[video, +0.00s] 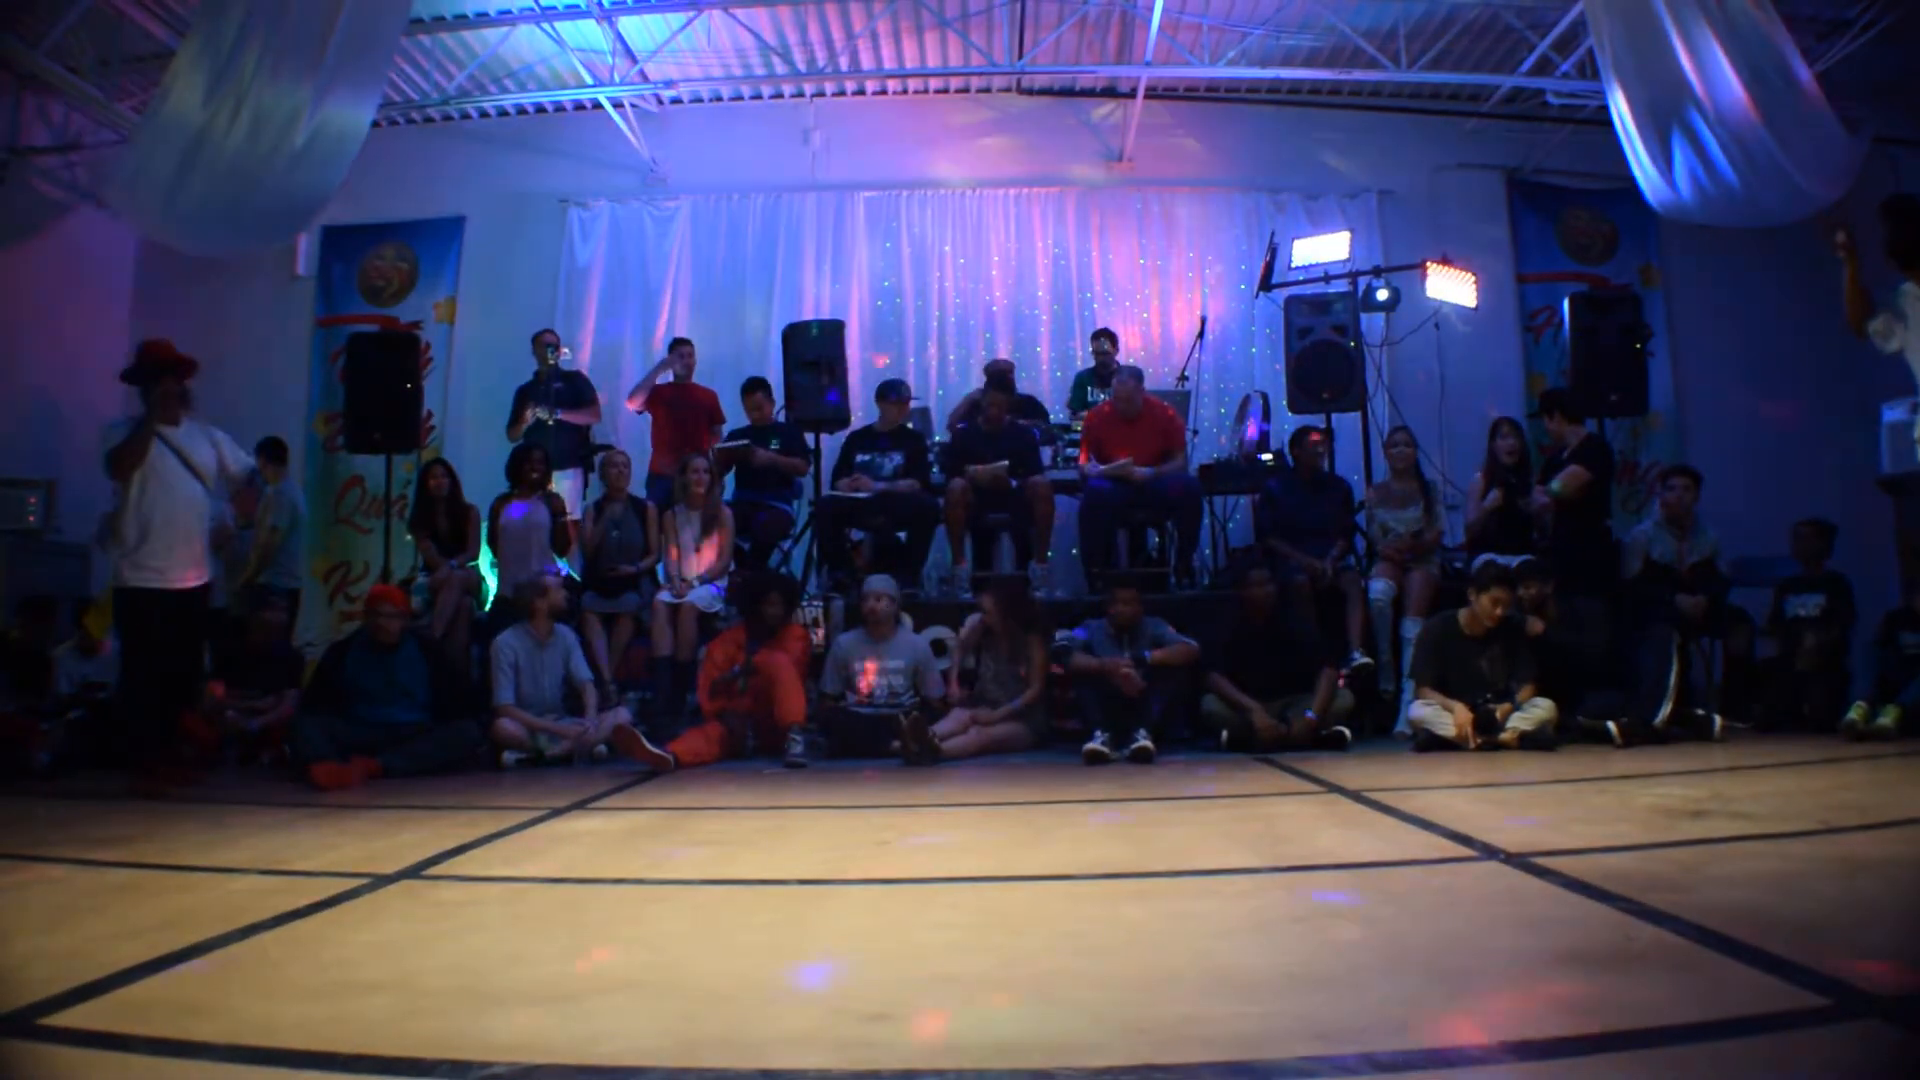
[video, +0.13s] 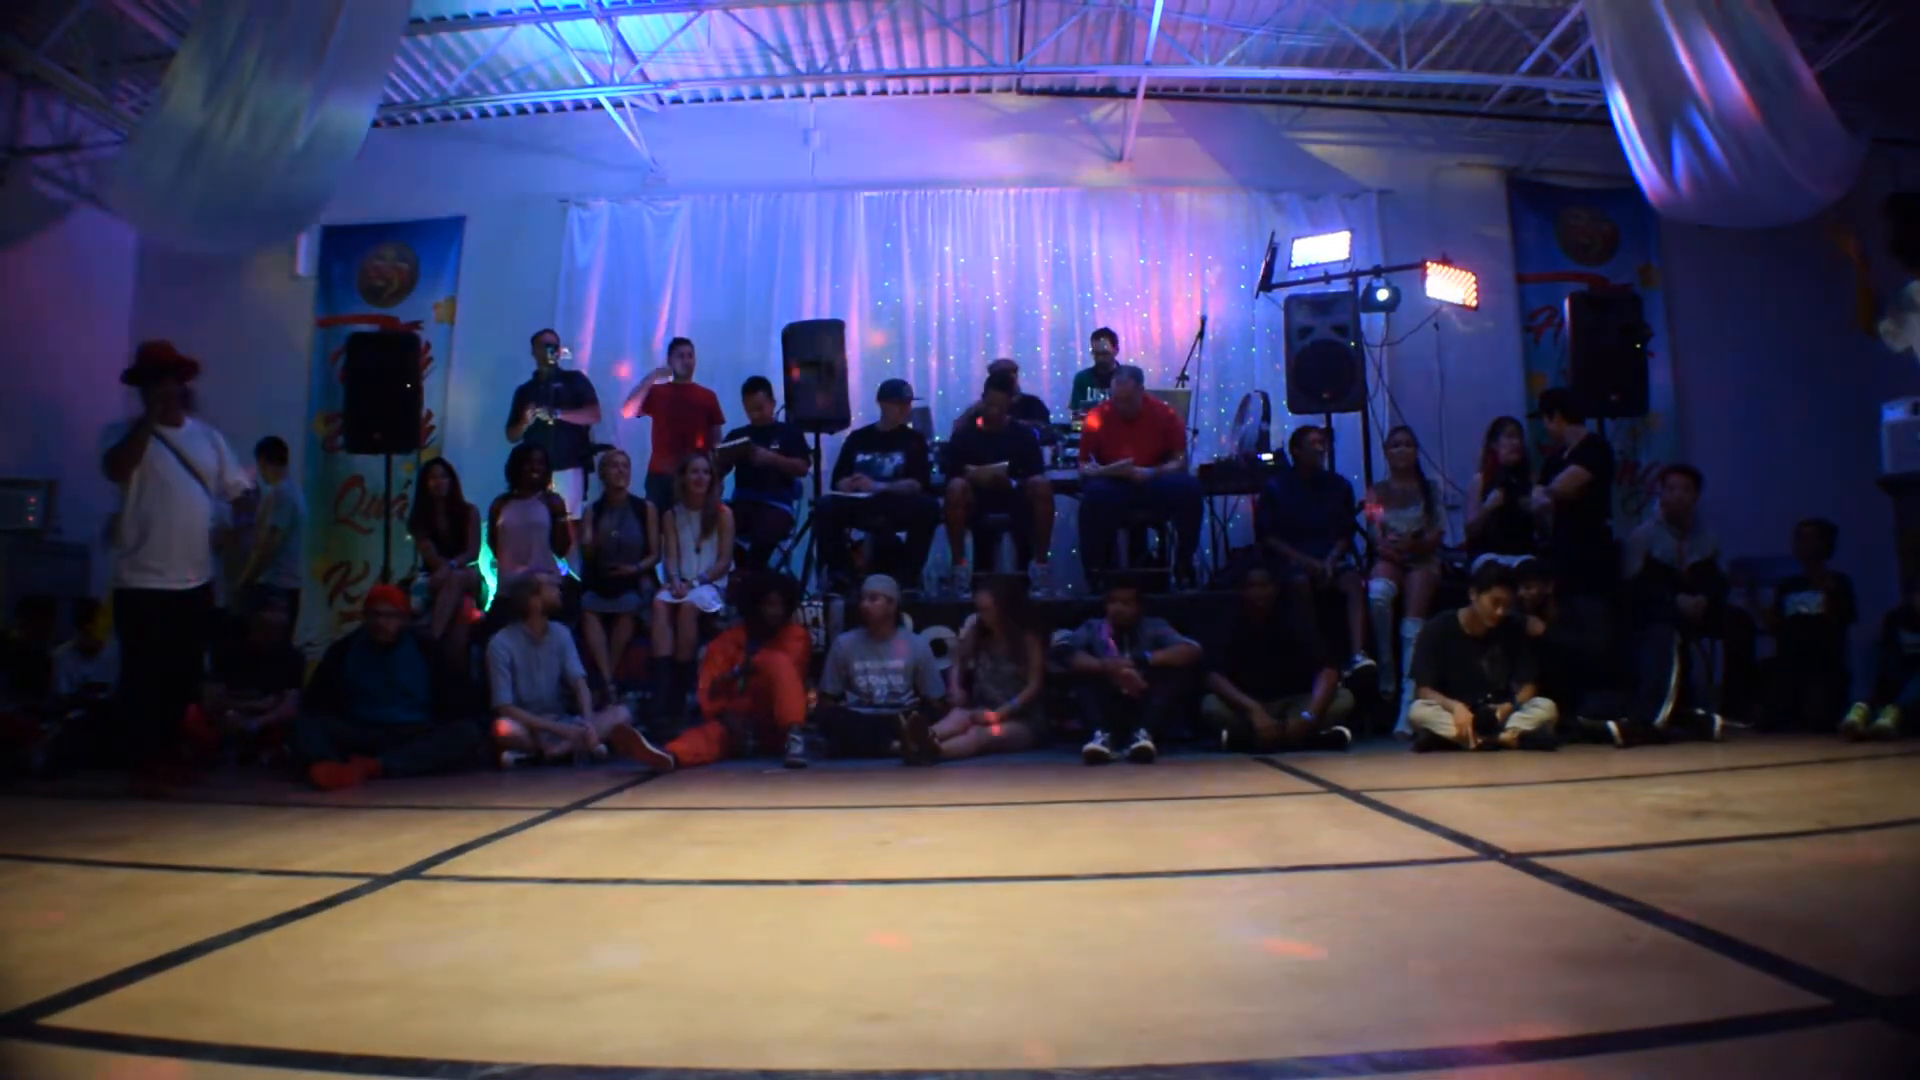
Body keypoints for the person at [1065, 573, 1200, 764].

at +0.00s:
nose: (1124, 610)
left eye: (1129, 604)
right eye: (1119, 604)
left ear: (1139, 607)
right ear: (1110, 608)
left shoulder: (1153, 628)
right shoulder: (1094, 630)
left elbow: (1190, 650)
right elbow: (1063, 653)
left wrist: (1143, 660)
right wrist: (1112, 668)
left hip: (1145, 700)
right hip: (1106, 700)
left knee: (1168, 672)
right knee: (1088, 673)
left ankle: (1143, 734)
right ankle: (1100, 734)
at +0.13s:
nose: (1118, 609)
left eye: (1126, 603)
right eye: (1113, 602)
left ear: (1137, 607)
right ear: (1106, 606)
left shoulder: (1153, 628)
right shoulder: (1094, 629)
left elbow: (1191, 650)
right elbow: (1065, 652)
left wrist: (1143, 661)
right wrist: (1112, 669)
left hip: (1146, 701)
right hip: (1107, 700)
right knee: (1088, 674)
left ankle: (1144, 734)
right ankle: (1100, 735)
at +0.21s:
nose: (1121, 609)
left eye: (1128, 603)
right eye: (1116, 603)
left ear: (1139, 607)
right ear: (1109, 606)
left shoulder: (1154, 629)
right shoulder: (1095, 630)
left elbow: (1193, 651)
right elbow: (1062, 649)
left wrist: (1143, 663)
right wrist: (1111, 669)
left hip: (1148, 701)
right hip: (1108, 700)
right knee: (1087, 674)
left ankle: (1144, 734)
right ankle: (1101, 735)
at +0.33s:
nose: (1131, 609)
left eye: (1138, 603)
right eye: (1125, 603)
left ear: (1147, 607)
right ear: (1114, 607)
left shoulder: (1156, 628)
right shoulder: (1097, 629)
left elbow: (1194, 651)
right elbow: (1067, 652)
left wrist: (1145, 662)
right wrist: (1114, 670)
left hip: (1148, 700)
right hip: (1109, 700)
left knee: (1172, 672)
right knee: (1089, 674)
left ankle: (1144, 734)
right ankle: (1101, 734)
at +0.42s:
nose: (1151, 610)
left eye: (1154, 604)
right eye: (1144, 604)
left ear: (1157, 606)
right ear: (1124, 607)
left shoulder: (1158, 629)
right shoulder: (1098, 629)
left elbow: (1194, 651)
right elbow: (1067, 650)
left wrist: (1146, 661)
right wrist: (1114, 669)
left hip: (1148, 702)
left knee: (1173, 670)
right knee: (1088, 672)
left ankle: (1144, 733)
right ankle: (1101, 734)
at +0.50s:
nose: (1158, 609)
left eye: (1158, 603)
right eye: (1152, 604)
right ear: (1130, 607)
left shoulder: (1160, 629)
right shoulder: (1099, 630)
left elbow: (1194, 651)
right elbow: (1067, 650)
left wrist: (1147, 661)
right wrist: (1114, 667)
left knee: (1173, 670)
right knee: (1088, 671)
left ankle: (1145, 733)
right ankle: (1102, 735)